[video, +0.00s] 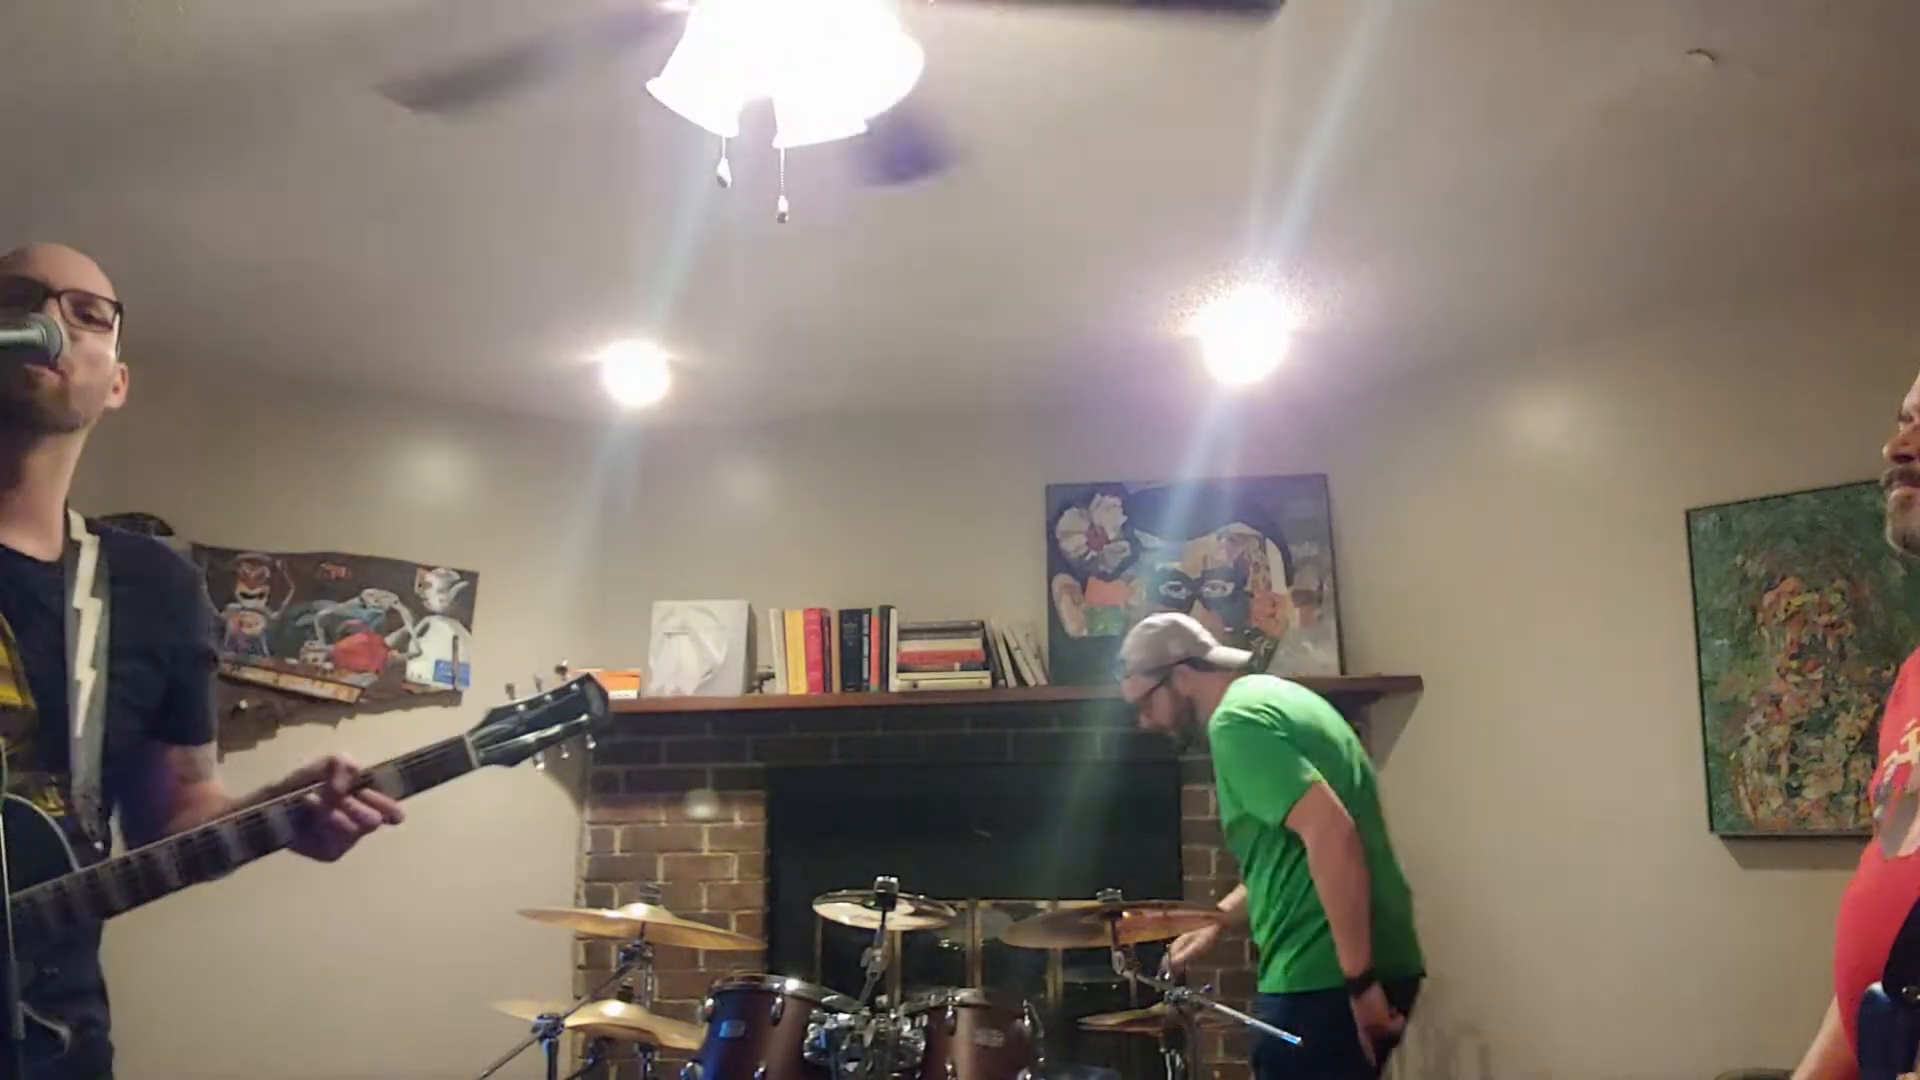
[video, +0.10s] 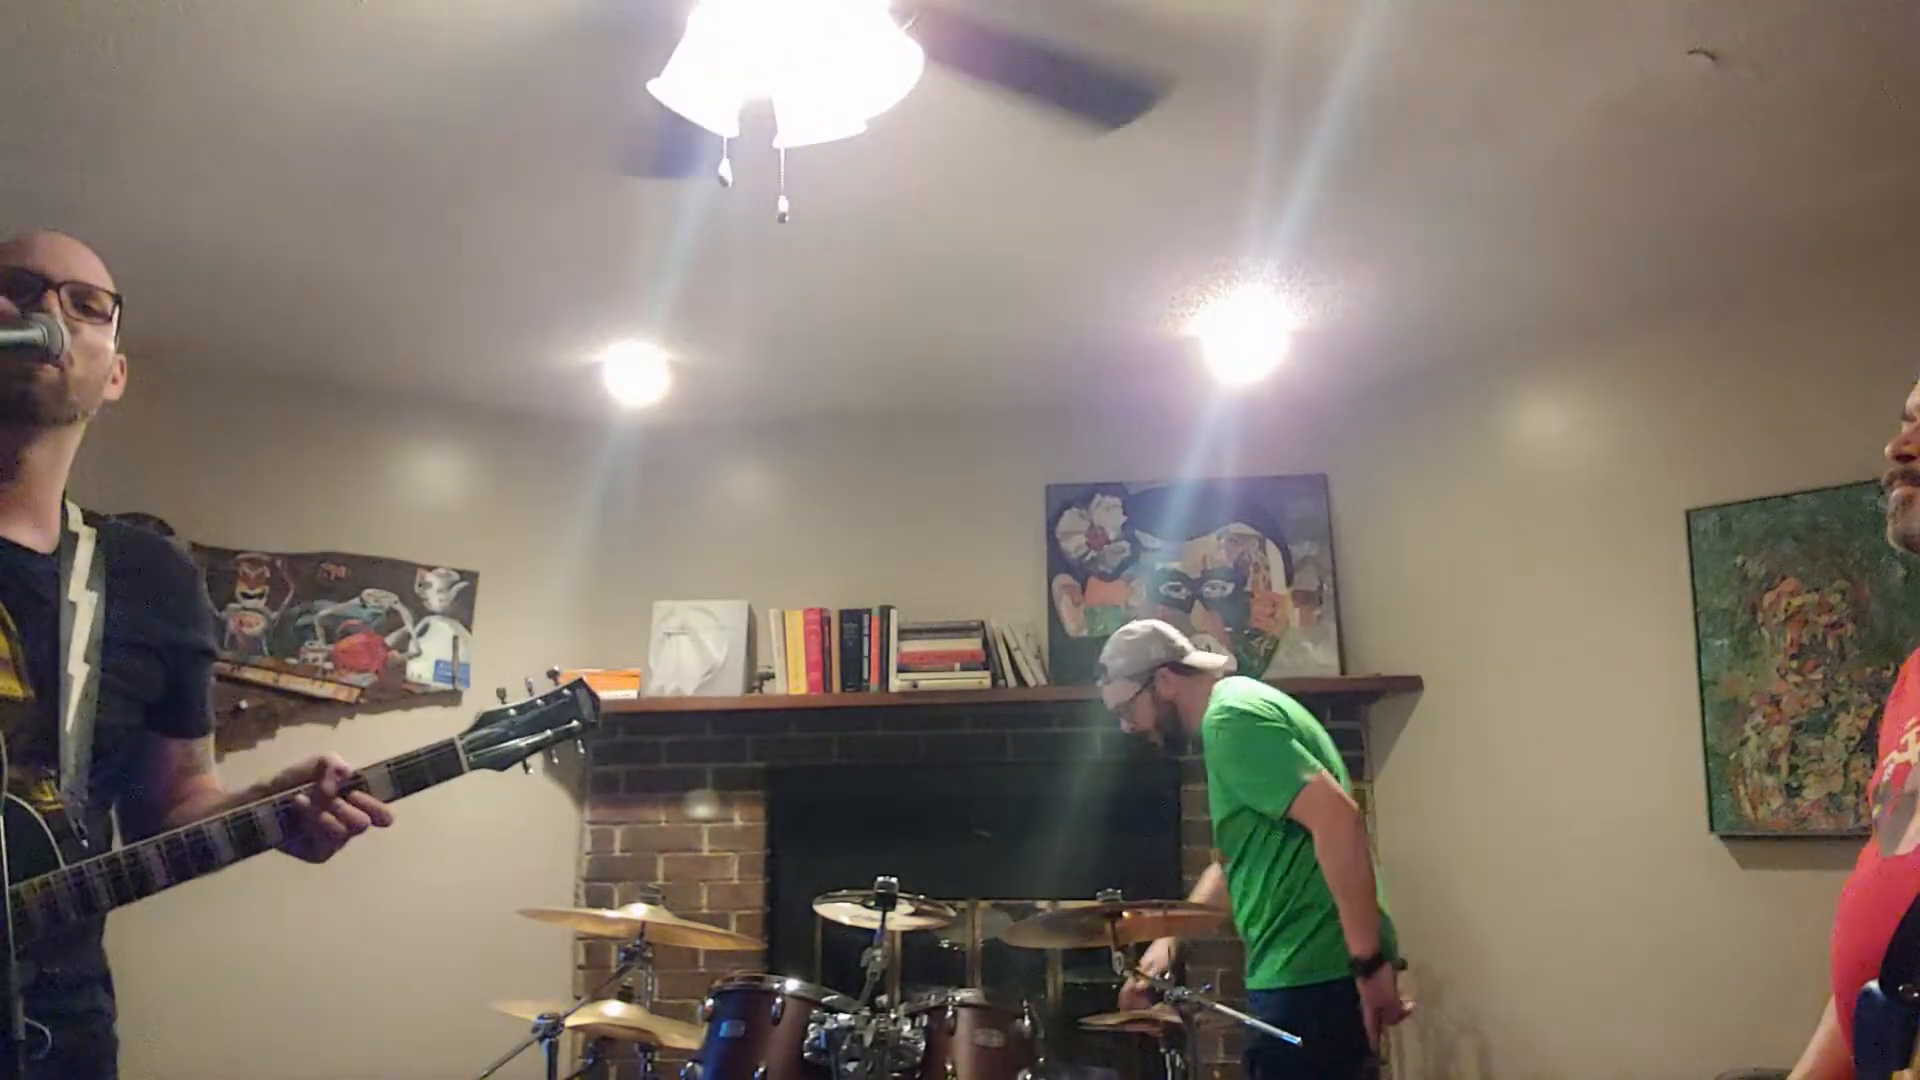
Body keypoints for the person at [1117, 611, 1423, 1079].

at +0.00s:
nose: (1145, 723)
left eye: (1145, 704)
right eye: (1138, 710)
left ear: (1181, 677)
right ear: (1185, 675)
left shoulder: (1236, 722)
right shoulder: (1282, 698)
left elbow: (1330, 830)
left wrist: (1361, 981)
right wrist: (1217, 919)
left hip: (1319, 990)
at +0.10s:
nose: (1130, 728)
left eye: (1127, 709)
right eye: (1121, 717)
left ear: (1164, 681)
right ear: (1168, 680)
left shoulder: (1230, 718)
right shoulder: (1247, 706)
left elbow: (1337, 818)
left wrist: (1369, 962)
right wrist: (1168, 944)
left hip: (1309, 989)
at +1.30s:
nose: (1093, 665)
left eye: (1108, 650)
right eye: (1085, 650)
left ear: (1162, 642)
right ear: (1078, 647)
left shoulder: (1232, 736)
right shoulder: (1069, 718)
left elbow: (1276, 853)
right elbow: (1030, 840)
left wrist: (1262, 970)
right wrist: (998, 957)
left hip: (1170, 980)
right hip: (1061, 964)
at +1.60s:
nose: (1070, 729)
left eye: (1088, 715)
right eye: (1059, 712)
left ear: (1127, 709)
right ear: (1045, 699)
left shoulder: (1157, 789)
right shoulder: (995, 755)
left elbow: (1144, 930)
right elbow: (936, 864)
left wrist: (1074, 1035)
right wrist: (924, 987)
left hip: (1099, 992)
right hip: (987, 986)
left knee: (1142, 1060)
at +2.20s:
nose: (1025, 761)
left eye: (1042, 744)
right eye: (1011, 742)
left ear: (1076, 740)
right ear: (995, 737)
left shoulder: (1119, 817)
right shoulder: (957, 801)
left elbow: (1117, 950)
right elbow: (928, 918)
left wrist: (1070, 1064)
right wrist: (930, 1027)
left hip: (1081, 998)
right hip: (975, 998)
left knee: (1147, 1068)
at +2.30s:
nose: (1004, 768)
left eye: (1020, 751)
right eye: (994, 749)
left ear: (1065, 740)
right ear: (982, 740)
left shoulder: (1118, 809)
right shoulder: (957, 799)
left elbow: (1131, 940)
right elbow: (928, 916)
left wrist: (1078, 1059)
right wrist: (925, 1026)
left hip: (1086, 995)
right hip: (977, 996)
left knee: (1146, 1067)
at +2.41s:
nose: (988, 767)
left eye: (1004, 752)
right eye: (979, 751)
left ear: (1054, 737)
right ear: (970, 741)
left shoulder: (1116, 800)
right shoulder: (956, 797)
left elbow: (1135, 937)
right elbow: (925, 918)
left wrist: (1070, 1050)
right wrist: (926, 1029)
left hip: (1088, 995)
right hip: (980, 996)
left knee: (1145, 1067)